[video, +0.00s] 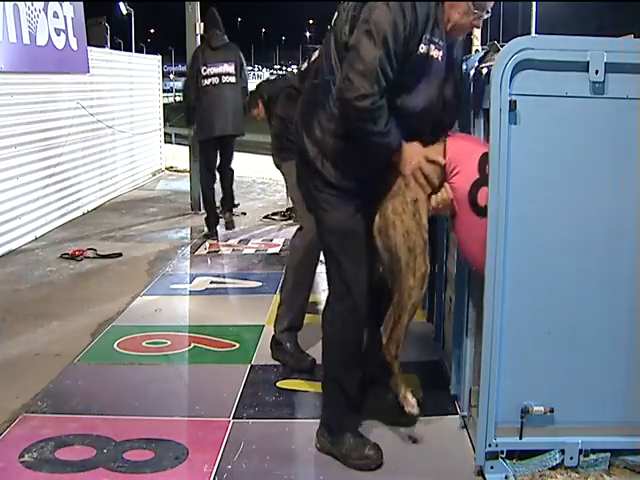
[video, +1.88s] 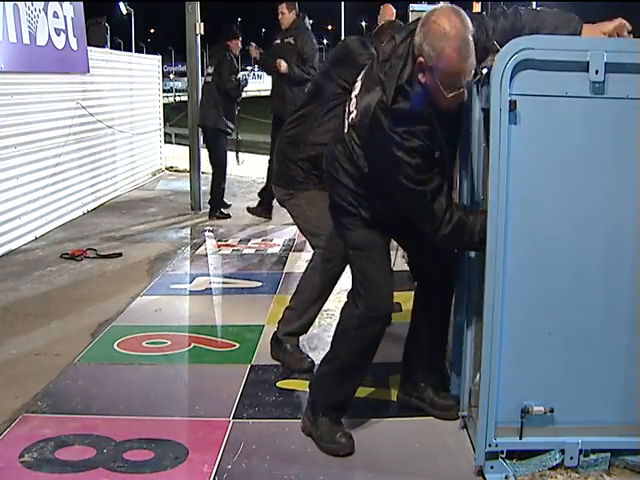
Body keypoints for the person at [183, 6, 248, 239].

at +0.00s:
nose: (206, 34)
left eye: (204, 30)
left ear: (204, 30)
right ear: (223, 29)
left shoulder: (199, 54)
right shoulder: (235, 52)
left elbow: (190, 90)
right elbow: (244, 85)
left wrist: (190, 115)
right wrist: (242, 108)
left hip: (207, 121)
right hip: (232, 119)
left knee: (207, 172)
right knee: (226, 166)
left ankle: (212, 224)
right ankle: (228, 209)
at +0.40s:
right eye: (217, 53)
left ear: (203, 54)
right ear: (220, 55)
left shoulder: (194, 68)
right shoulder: (227, 72)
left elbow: (184, 98)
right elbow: (232, 108)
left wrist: (189, 120)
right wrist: (232, 139)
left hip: (197, 123)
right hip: (219, 123)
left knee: (194, 168)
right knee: (219, 169)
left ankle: (196, 209)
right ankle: (216, 214)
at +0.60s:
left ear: (204, 81)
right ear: (218, 84)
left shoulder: (193, 90)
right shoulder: (220, 94)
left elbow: (181, 117)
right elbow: (227, 125)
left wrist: (183, 139)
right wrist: (229, 152)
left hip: (189, 130)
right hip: (212, 130)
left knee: (192, 167)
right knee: (222, 169)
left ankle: (191, 209)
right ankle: (217, 211)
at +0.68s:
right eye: (220, 100)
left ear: (203, 94)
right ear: (218, 98)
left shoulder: (189, 102)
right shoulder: (220, 106)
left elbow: (177, 126)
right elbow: (225, 137)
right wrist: (228, 167)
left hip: (183, 133)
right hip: (206, 133)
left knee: (189, 168)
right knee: (224, 169)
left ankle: (190, 210)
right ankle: (214, 212)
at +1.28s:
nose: (231, 93)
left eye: (231, 91)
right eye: (230, 90)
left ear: (213, 78)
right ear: (227, 84)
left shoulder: (201, 84)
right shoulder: (224, 90)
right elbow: (223, 117)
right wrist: (223, 143)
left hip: (182, 124)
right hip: (199, 125)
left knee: (189, 169)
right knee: (217, 161)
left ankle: (191, 211)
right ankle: (213, 205)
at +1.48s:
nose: (235, 68)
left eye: (235, 65)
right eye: (235, 65)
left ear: (219, 60)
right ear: (230, 62)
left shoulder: (204, 72)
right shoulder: (225, 73)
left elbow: (197, 98)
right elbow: (225, 99)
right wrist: (227, 114)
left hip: (189, 123)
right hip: (205, 125)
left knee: (194, 169)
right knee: (217, 167)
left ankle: (192, 209)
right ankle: (215, 209)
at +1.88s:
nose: (240, 45)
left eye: (240, 41)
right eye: (238, 42)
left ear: (228, 42)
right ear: (231, 42)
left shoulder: (219, 57)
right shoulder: (226, 59)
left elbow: (225, 85)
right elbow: (229, 87)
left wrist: (238, 84)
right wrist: (242, 83)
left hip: (212, 119)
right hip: (215, 120)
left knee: (219, 164)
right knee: (219, 165)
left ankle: (218, 198)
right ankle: (215, 206)